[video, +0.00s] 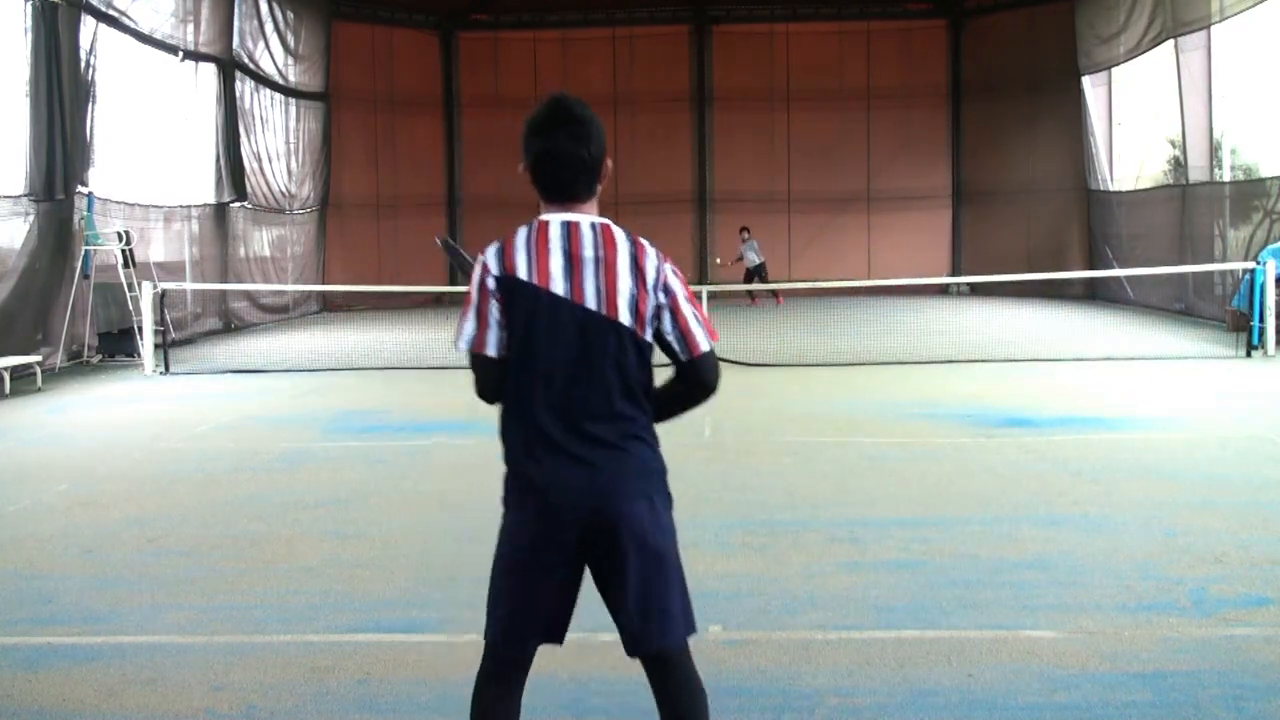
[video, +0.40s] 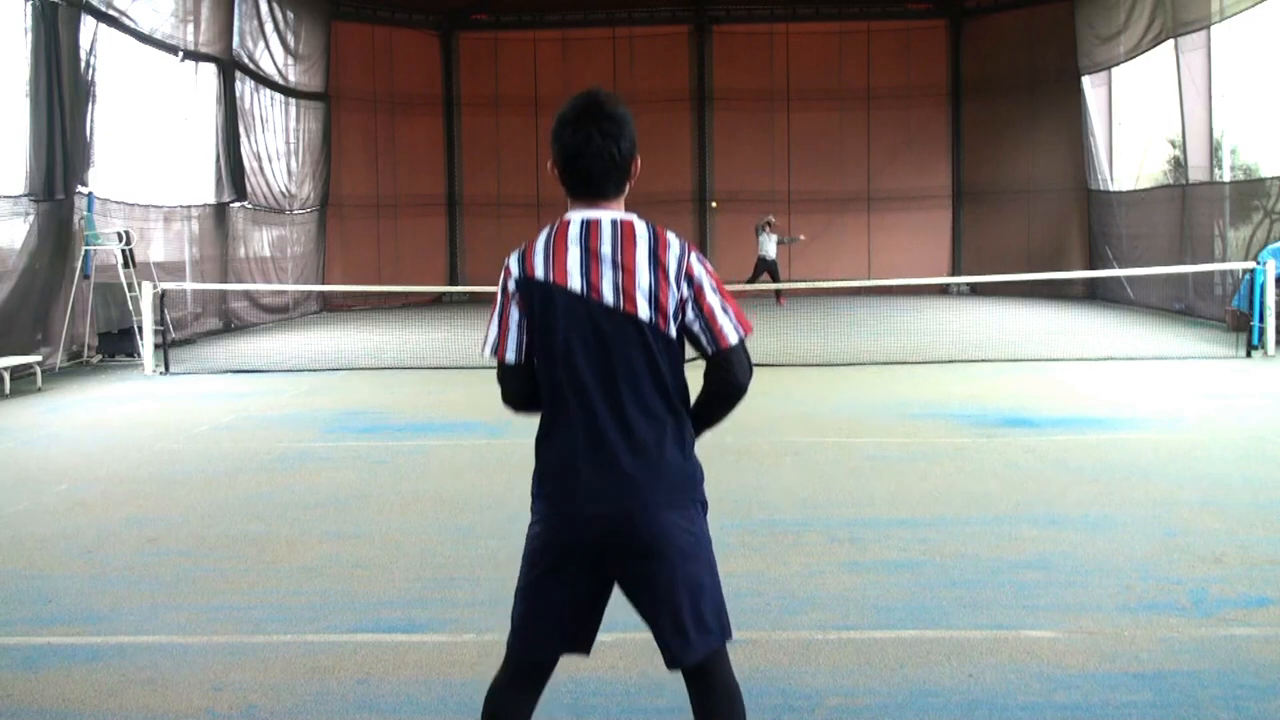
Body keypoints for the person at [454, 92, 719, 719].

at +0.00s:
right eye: (604, 159)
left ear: (527, 173)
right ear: (605, 170)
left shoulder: (498, 262)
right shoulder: (644, 260)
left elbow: (490, 383)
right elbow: (702, 375)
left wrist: (554, 379)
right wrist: (636, 411)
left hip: (540, 495)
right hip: (629, 493)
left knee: (503, 667)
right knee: (669, 660)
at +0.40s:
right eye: (637, 156)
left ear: (556, 170)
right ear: (634, 168)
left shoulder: (525, 264)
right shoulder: (674, 256)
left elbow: (517, 390)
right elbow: (733, 373)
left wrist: (582, 382)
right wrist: (683, 429)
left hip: (567, 501)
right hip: (660, 498)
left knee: (524, 667)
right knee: (707, 666)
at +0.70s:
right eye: (600, 172)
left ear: (527, 195)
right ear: (604, 184)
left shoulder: (519, 286)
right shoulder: (669, 267)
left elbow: (539, 425)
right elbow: (718, 383)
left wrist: (606, 440)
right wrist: (667, 435)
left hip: (593, 514)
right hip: (685, 507)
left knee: (537, 686)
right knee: (669, 677)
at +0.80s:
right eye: (601, 200)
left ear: (521, 221)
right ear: (601, 211)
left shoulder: (525, 316)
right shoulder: (667, 289)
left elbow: (549, 451)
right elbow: (716, 410)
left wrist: (610, 485)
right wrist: (663, 459)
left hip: (609, 545)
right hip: (693, 537)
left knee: (542, 704)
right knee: (641, 697)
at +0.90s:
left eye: (509, 246)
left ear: (517, 259)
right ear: (599, 247)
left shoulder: (535, 354)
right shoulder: (660, 325)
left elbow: (548, 491)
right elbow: (710, 450)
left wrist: (609, 540)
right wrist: (666, 516)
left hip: (619, 585)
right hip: (701, 571)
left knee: (568, 711)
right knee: (637, 707)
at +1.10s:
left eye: (506, 215)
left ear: (515, 226)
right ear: (597, 210)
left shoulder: (565, 302)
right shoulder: (629, 283)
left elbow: (571, 437)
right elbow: (639, 434)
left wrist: (534, 500)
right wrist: (569, 519)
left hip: (661, 539)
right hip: (708, 525)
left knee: (613, 706)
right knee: (642, 699)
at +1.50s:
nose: (505, 249)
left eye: (506, 235)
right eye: (508, 232)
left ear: (515, 246)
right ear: (581, 229)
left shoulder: (599, 289)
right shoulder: (549, 331)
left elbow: (625, 415)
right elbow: (540, 419)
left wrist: (522, 425)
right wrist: (504, 457)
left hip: (691, 529)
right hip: (655, 532)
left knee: (673, 705)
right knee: (610, 631)